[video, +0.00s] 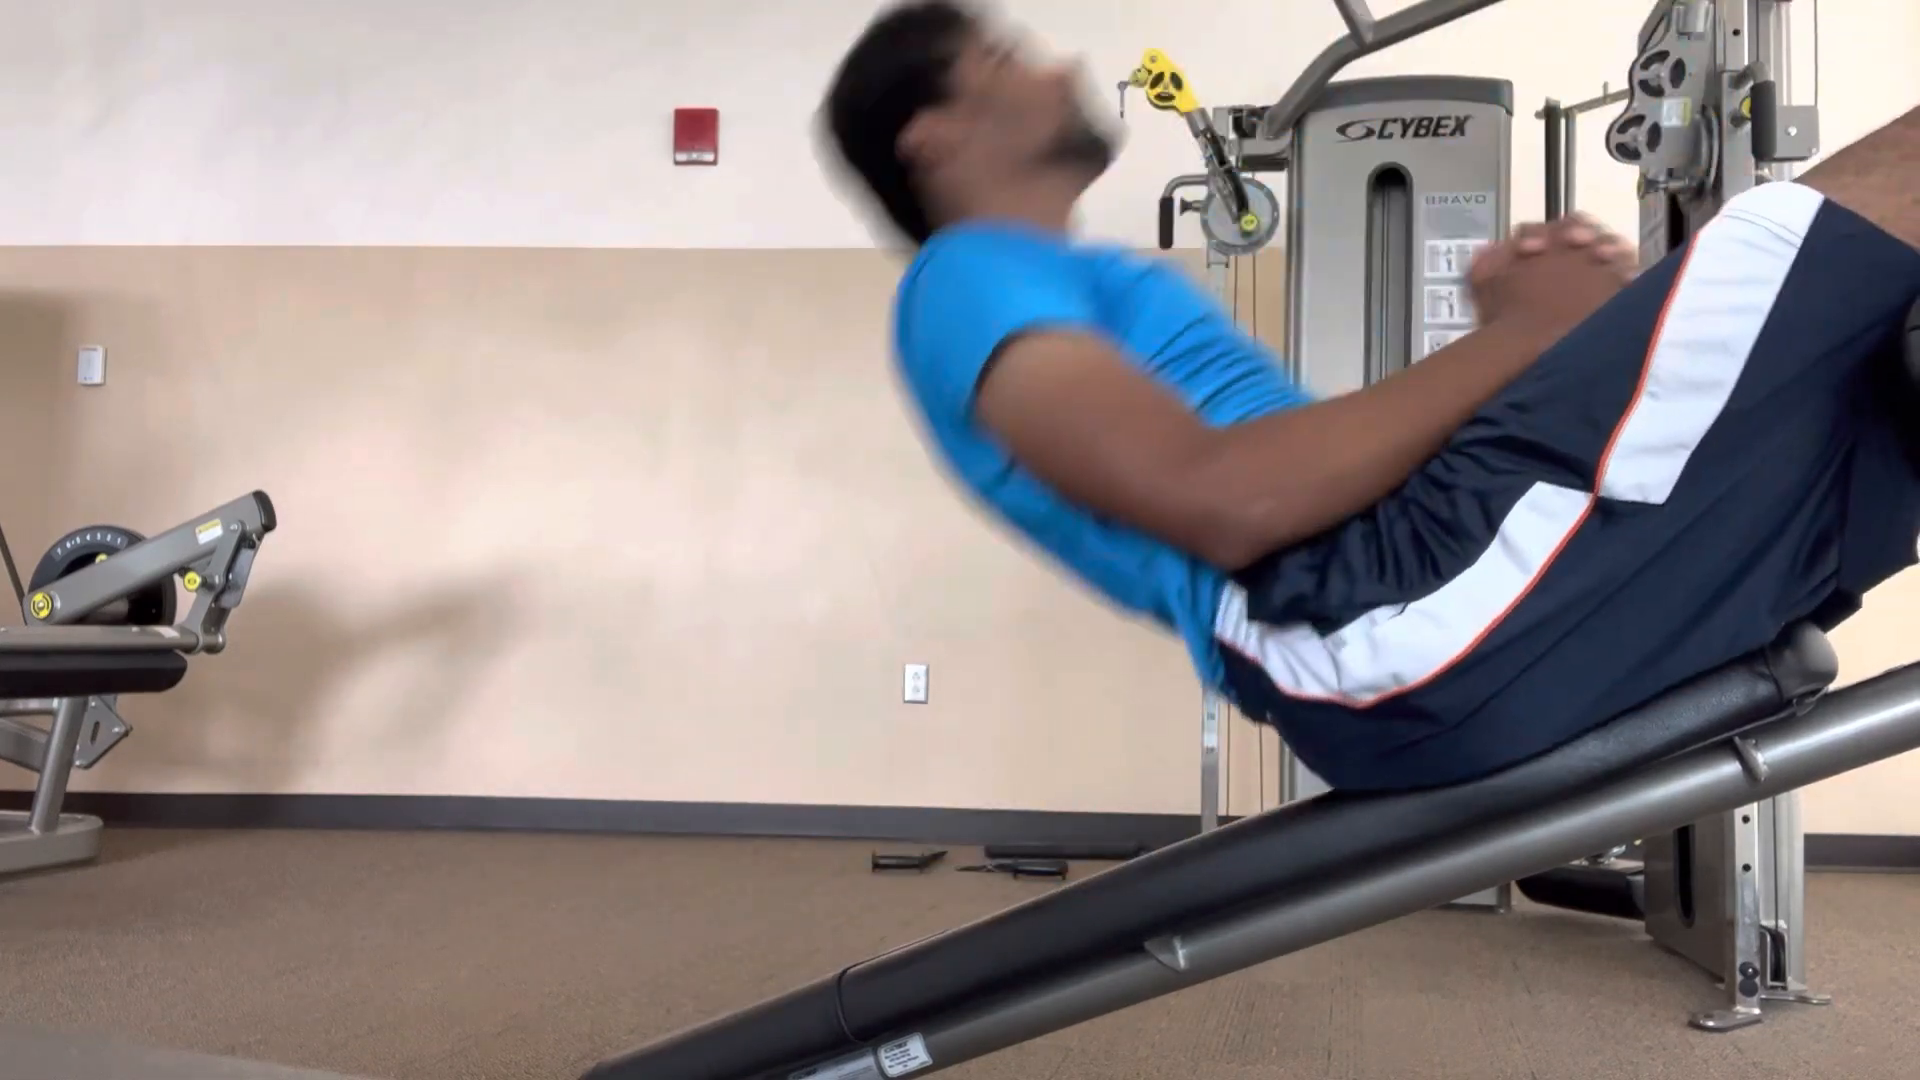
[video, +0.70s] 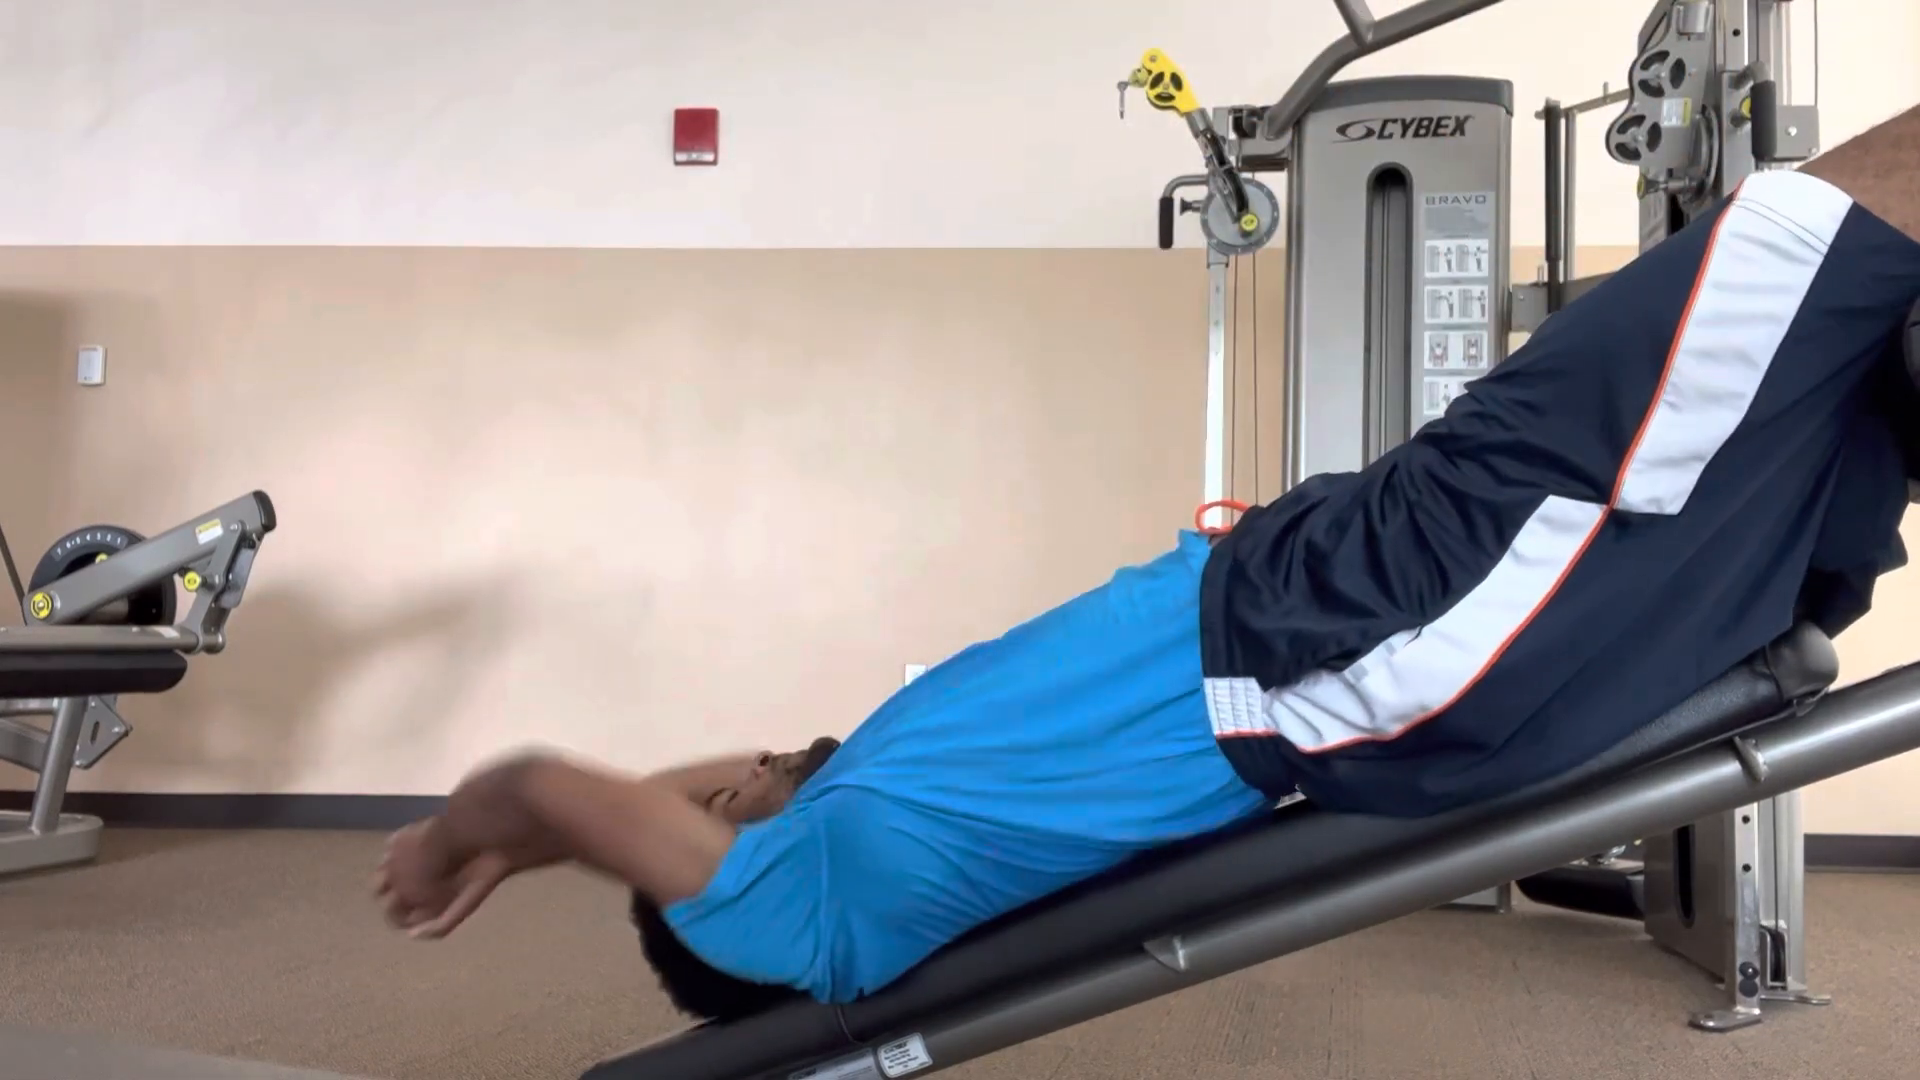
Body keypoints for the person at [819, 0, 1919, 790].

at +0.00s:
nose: (1055, 55)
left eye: (1027, 38)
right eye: (1007, 48)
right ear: (939, 125)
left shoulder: (1088, 291)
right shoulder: (970, 282)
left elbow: (1277, 493)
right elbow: (1216, 502)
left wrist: (1504, 341)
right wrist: (1514, 345)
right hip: (1369, 629)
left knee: (1901, 437)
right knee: (1894, 169)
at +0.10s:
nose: (925, 234)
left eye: (893, 222)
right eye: (878, 233)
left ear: (850, 311)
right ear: (825, 313)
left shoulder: (953, 442)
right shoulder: (880, 446)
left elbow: (1200, 566)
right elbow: (1174, 577)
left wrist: (1397, 376)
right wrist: (1405, 361)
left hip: (1390, 633)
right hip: (1345, 648)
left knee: (1894, 431)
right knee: (1889, 166)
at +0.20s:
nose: (840, 396)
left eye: (812, 388)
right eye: (790, 403)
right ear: (753, 498)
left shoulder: (928, 567)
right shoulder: (834, 587)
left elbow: (1274, 540)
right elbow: (1122, 632)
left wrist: (1228, 402)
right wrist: (1212, 381)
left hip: (1348, 623)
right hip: (1319, 667)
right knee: (1860, 192)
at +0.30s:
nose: (793, 542)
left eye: (765, 538)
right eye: (749, 564)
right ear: (731, 659)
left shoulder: (919, 665)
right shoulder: (814, 715)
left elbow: (1225, 539)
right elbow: (1081, 590)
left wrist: (1050, 449)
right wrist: (1007, 437)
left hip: (1318, 622)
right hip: (1294, 665)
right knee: (1874, 180)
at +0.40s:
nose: (779, 672)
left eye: (763, 670)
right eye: (749, 692)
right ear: (745, 778)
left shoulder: (931, 786)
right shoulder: (822, 815)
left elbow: (1142, 536)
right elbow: (961, 515)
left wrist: (934, 519)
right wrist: (847, 521)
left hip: (1336, 604)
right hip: (1324, 660)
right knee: (1876, 183)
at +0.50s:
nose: (744, 759)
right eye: (726, 783)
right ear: (738, 838)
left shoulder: (892, 811)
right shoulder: (800, 846)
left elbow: (972, 571)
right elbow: (756, 513)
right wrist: (706, 638)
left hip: (1326, 591)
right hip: (1317, 669)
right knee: (1864, 191)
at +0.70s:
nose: (740, 754)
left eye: (718, 774)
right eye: (723, 800)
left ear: (738, 772)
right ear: (730, 862)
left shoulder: (889, 797)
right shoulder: (815, 900)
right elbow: (556, 786)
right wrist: (472, 825)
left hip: (1369, 563)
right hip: (1390, 648)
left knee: (1876, 179)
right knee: (1866, 180)